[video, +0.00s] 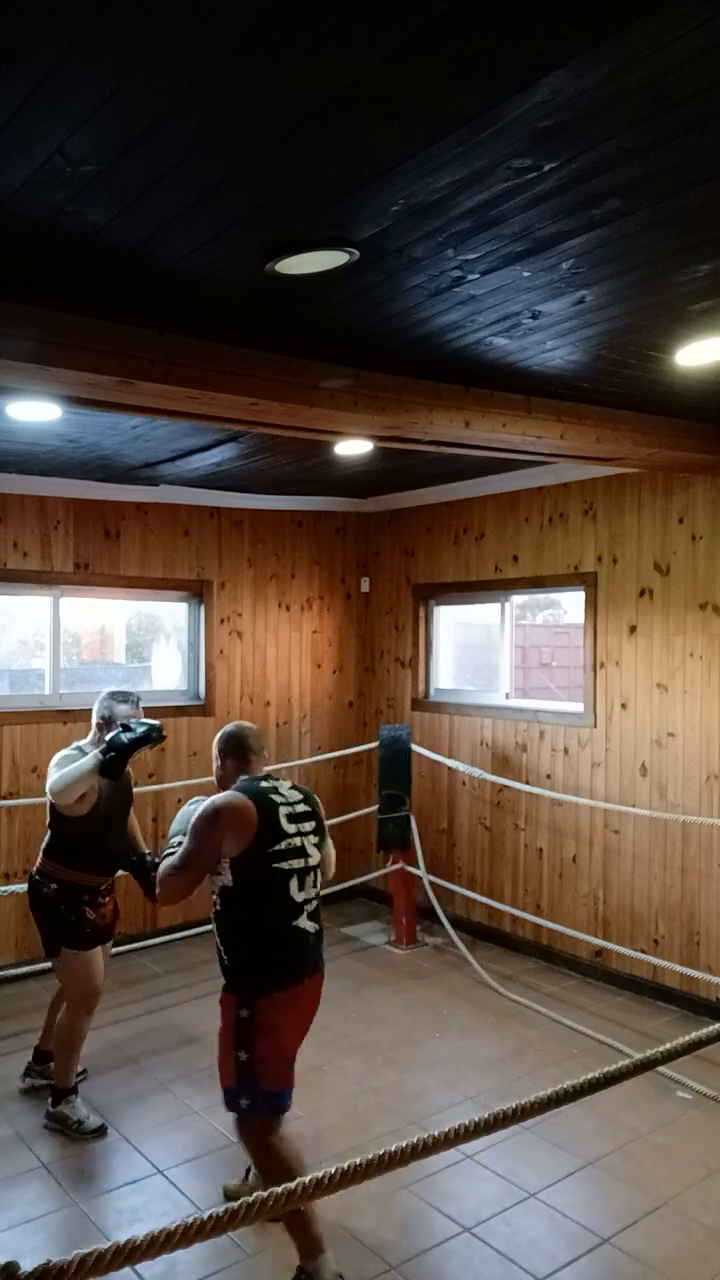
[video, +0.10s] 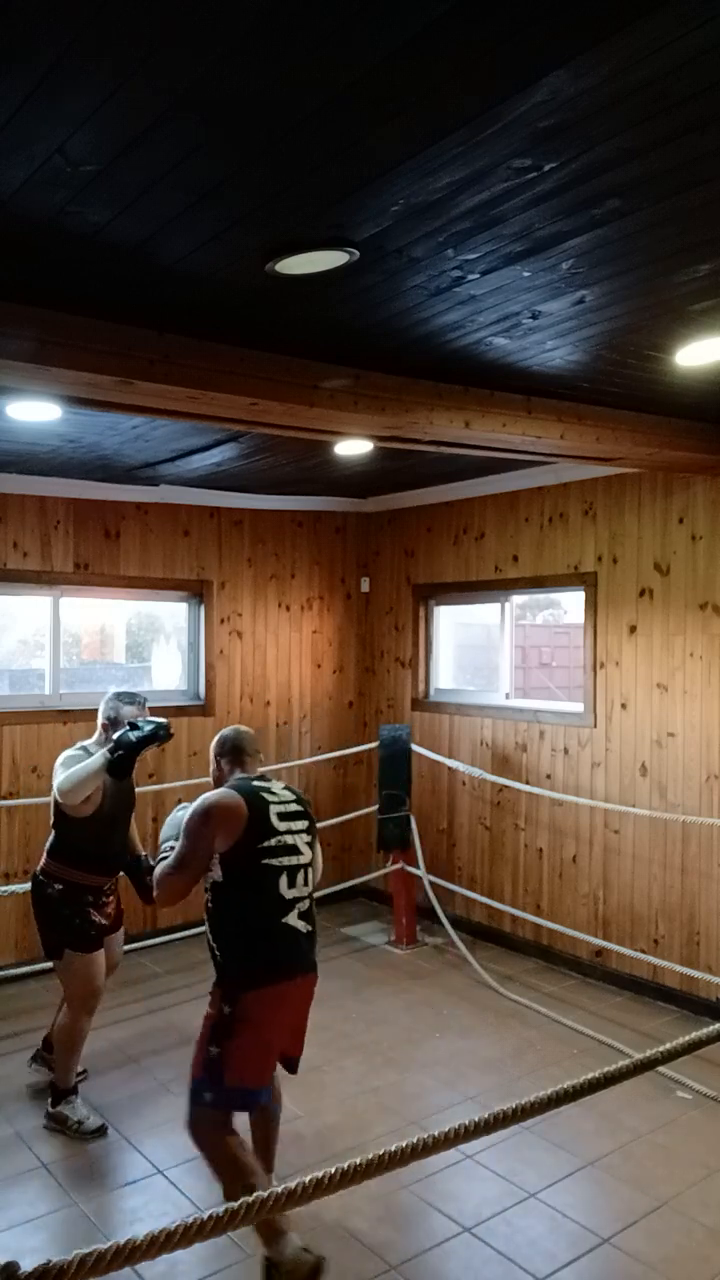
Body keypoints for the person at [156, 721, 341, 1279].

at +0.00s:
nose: (213, 771)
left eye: (214, 762)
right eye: (217, 762)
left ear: (223, 761)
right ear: (262, 758)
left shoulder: (223, 811)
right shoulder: (304, 798)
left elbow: (167, 889)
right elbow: (324, 862)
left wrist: (178, 837)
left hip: (261, 981)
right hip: (304, 972)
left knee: (257, 1124)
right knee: (263, 1086)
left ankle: (315, 1261)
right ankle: (267, 1183)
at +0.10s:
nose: (209, 774)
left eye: (210, 765)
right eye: (214, 765)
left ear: (219, 763)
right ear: (258, 760)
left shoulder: (216, 808)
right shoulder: (292, 799)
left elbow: (165, 890)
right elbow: (279, 875)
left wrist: (166, 839)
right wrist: (203, 846)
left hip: (248, 980)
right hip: (298, 972)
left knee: (207, 1123)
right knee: (262, 1081)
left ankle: (283, 1247)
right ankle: (261, 1190)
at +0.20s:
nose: (203, 772)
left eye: (203, 764)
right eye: (210, 763)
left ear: (210, 761)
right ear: (251, 758)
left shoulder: (204, 805)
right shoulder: (286, 797)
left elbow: (161, 889)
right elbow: (289, 869)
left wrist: (150, 854)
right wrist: (196, 853)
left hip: (236, 979)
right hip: (291, 971)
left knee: (187, 1117)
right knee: (261, 1073)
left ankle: (223, 1249)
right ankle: (263, 1184)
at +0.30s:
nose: (195, 773)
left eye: (194, 766)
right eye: (202, 765)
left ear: (199, 764)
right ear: (242, 761)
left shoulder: (187, 808)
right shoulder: (280, 801)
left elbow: (146, 889)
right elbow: (299, 872)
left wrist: (169, 855)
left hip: (222, 980)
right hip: (282, 973)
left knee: (182, 1127)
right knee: (258, 1077)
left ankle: (188, 1269)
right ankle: (263, 1184)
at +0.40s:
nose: (186, 779)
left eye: (185, 771)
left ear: (188, 772)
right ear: (236, 769)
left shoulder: (169, 816)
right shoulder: (270, 807)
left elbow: (131, 894)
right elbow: (290, 877)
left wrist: (168, 868)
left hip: (207, 989)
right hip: (269, 980)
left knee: (173, 1136)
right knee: (249, 1078)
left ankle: (190, 1271)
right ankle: (257, 1182)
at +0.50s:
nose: (180, 784)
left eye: (177, 777)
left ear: (178, 778)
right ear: (227, 775)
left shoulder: (156, 826)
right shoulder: (264, 814)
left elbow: (130, 895)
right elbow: (274, 887)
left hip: (195, 997)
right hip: (258, 984)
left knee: (158, 1143)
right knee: (223, 1046)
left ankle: (186, 1272)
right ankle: (232, 1151)